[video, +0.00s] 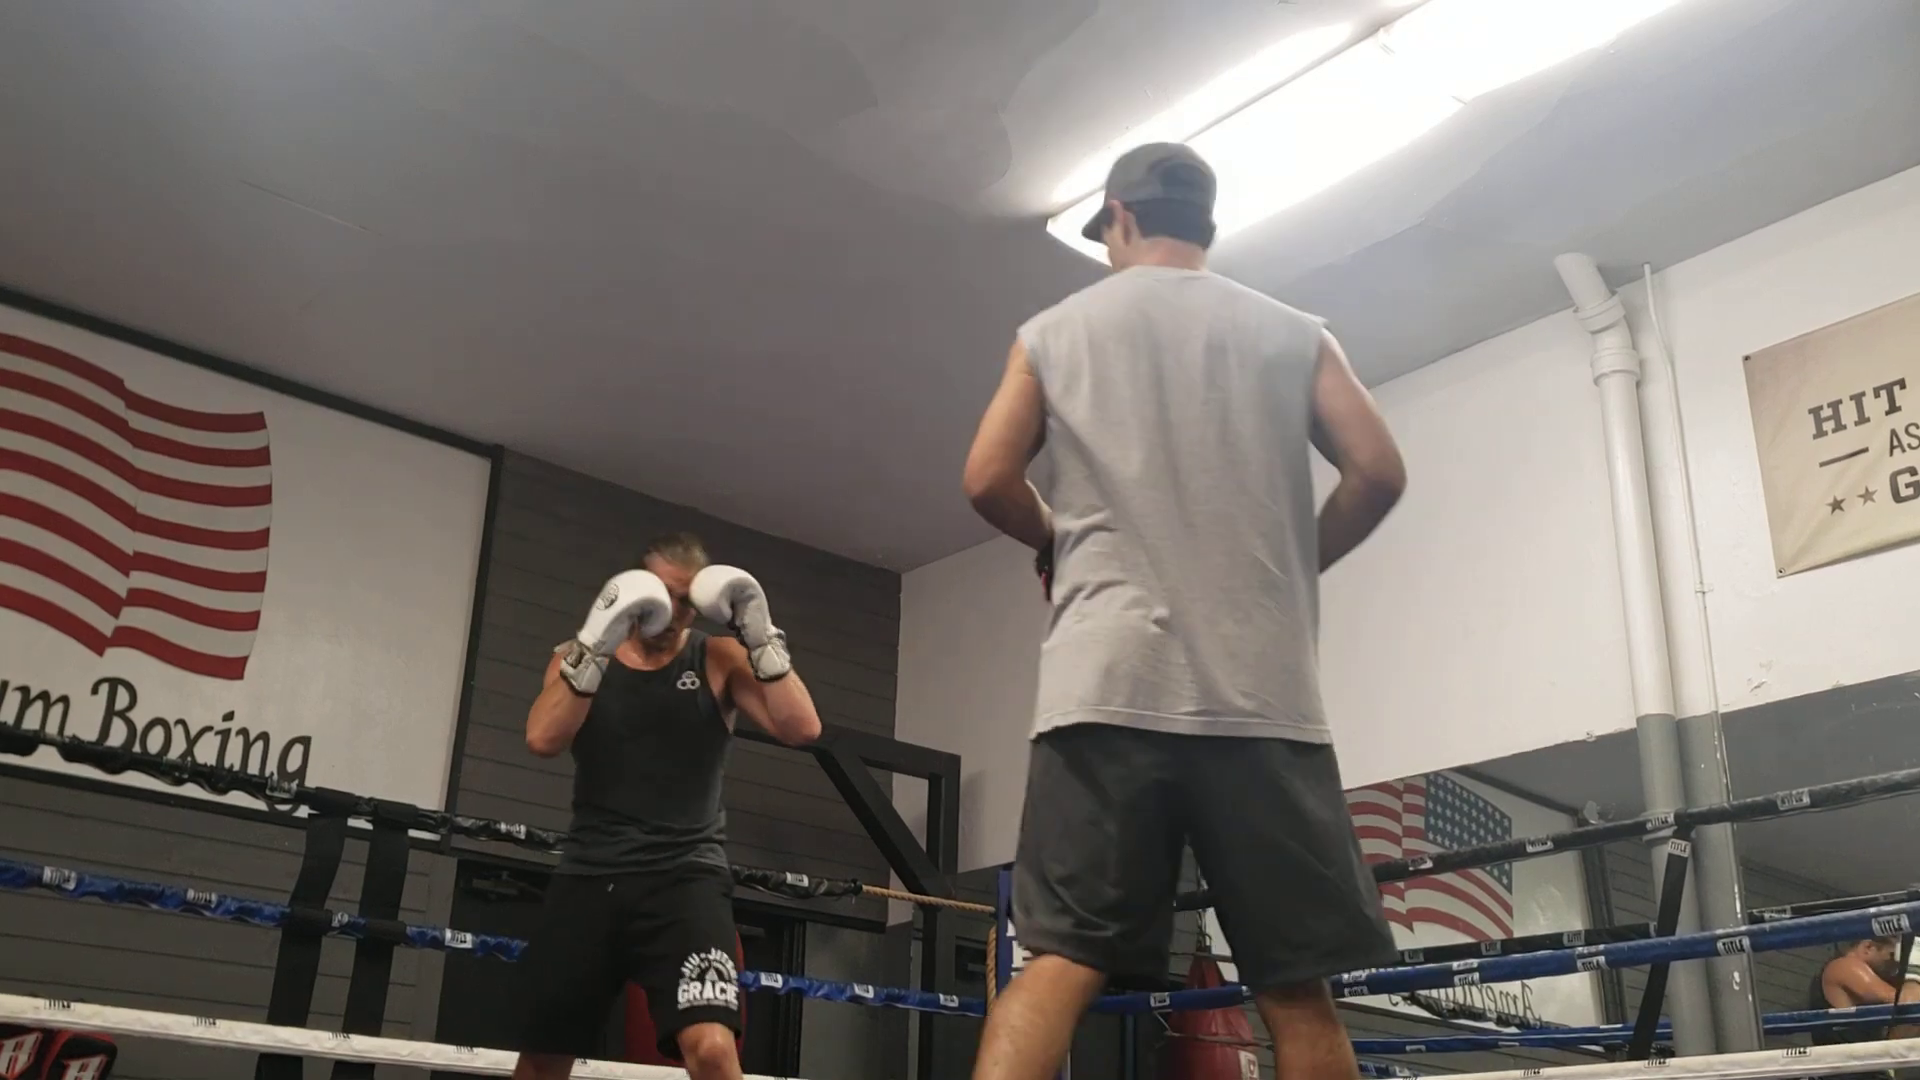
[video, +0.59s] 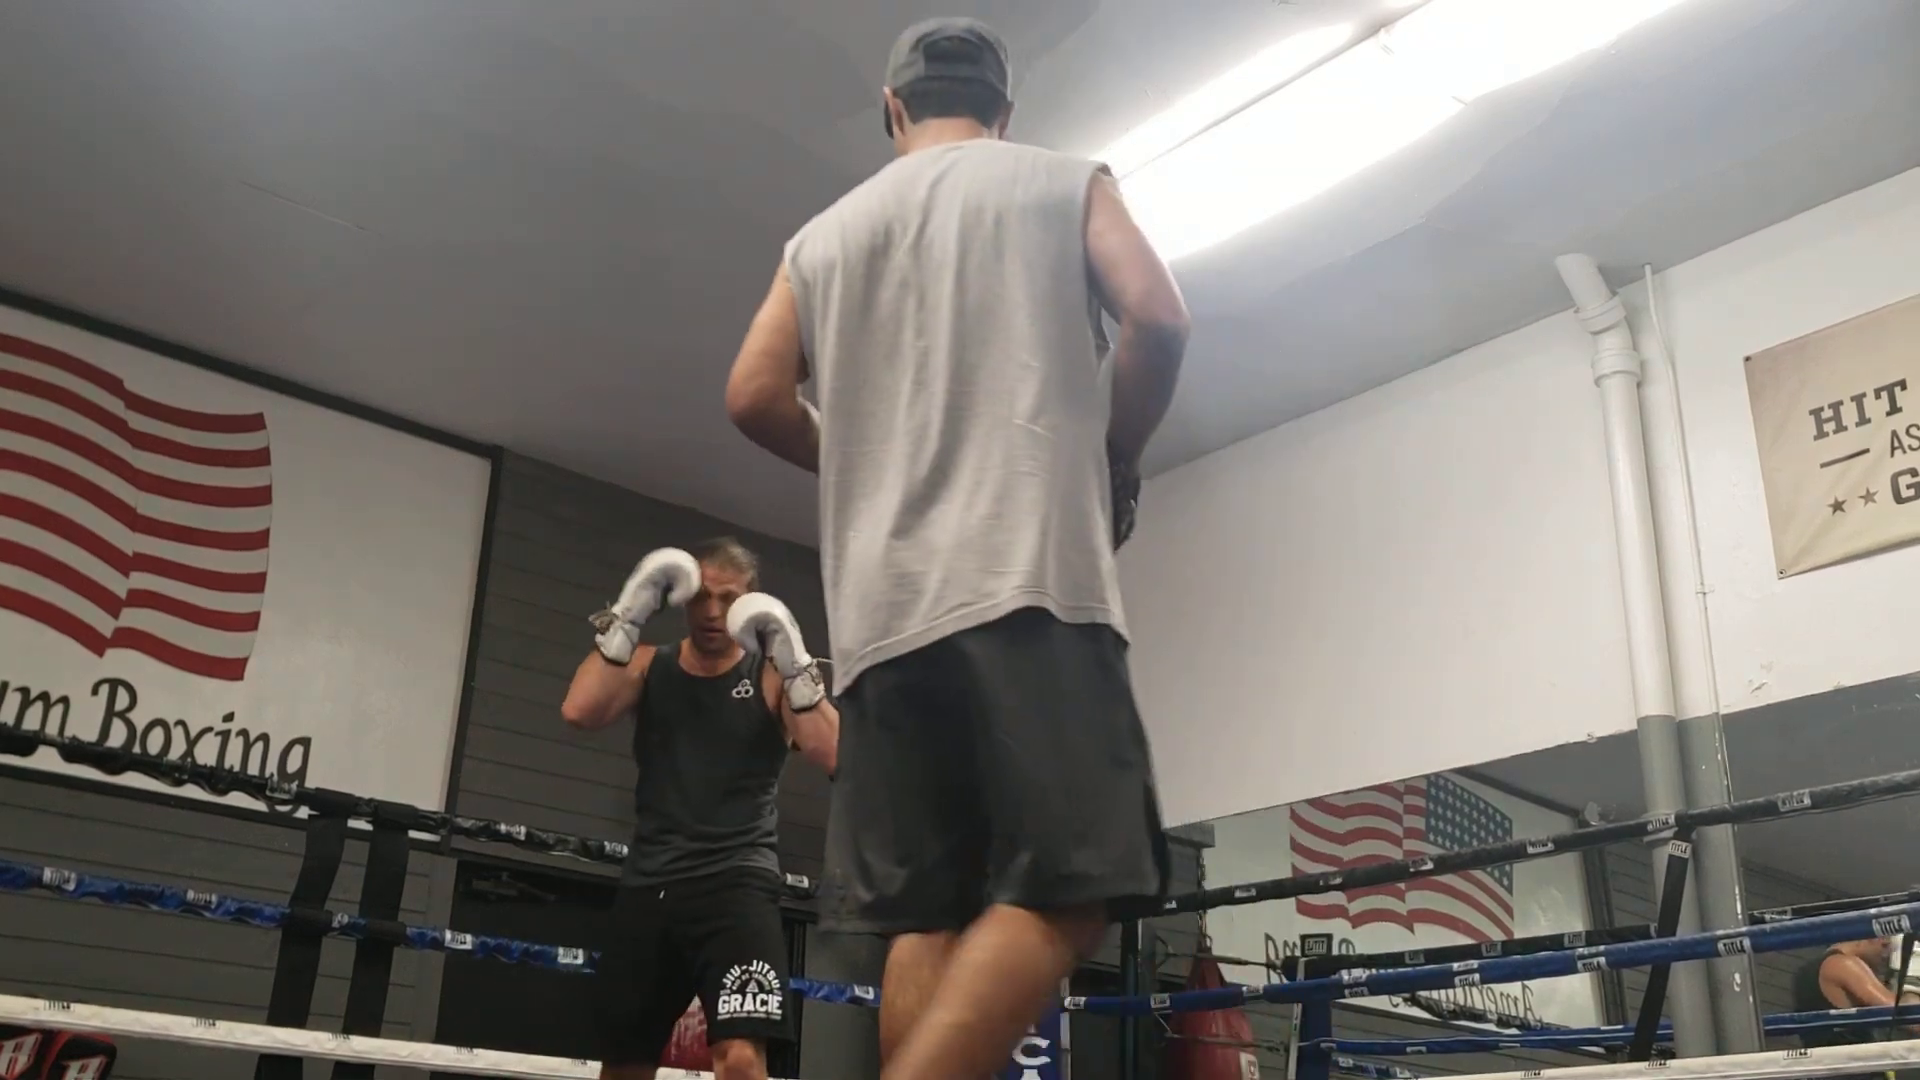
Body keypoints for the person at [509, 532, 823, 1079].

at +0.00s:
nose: (666, 611)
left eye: (683, 600)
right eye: (655, 594)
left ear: (703, 603)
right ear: (631, 590)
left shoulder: (720, 656)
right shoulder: (586, 656)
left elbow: (802, 728)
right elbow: (543, 738)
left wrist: (761, 637)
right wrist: (596, 645)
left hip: (688, 877)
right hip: (589, 875)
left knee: (711, 1052)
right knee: (540, 1060)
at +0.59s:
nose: (714, 611)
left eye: (729, 598)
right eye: (702, 596)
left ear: (752, 602)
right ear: (683, 599)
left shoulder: (772, 676)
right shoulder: (649, 664)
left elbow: (835, 757)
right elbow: (581, 709)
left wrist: (795, 663)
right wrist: (629, 615)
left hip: (740, 880)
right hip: (652, 881)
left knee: (740, 1062)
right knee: (624, 1065)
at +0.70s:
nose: (693, 617)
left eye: (708, 605)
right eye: (681, 603)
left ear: (731, 611)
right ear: (664, 608)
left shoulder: (756, 682)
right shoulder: (636, 673)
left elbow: (818, 754)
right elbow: (575, 716)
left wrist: (777, 670)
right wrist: (606, 616)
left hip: (735, 879)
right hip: (650, 880)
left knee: (738, 1057)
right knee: (632, 1064)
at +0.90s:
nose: (652, 636)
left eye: (668, 622)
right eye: (641, 621)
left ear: (695, 626)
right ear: (624, 624)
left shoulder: (724, 693)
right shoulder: (616, 701)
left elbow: (757, 772)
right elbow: (584, 809)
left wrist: (719, 692)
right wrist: (587, 708)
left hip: (717, 891)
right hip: (640, 890)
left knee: (713, 1052)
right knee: (623, 1058)